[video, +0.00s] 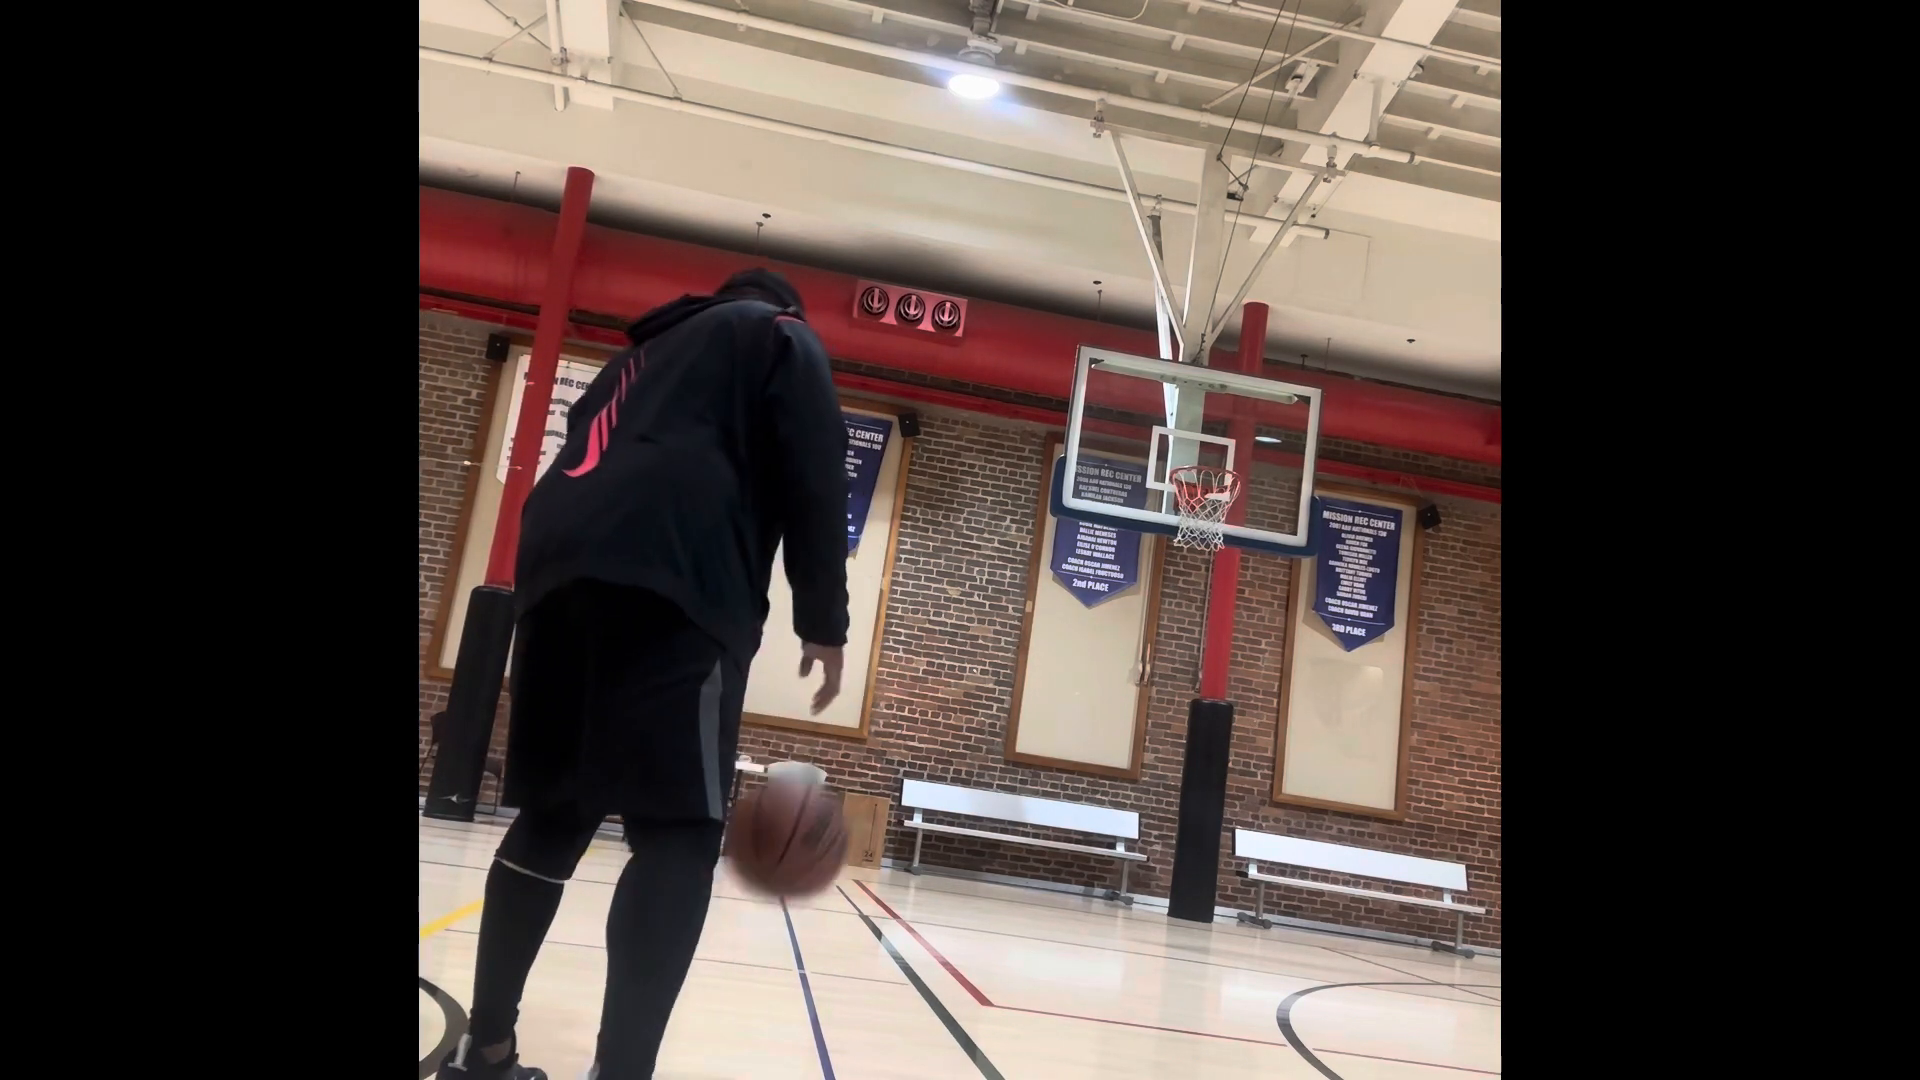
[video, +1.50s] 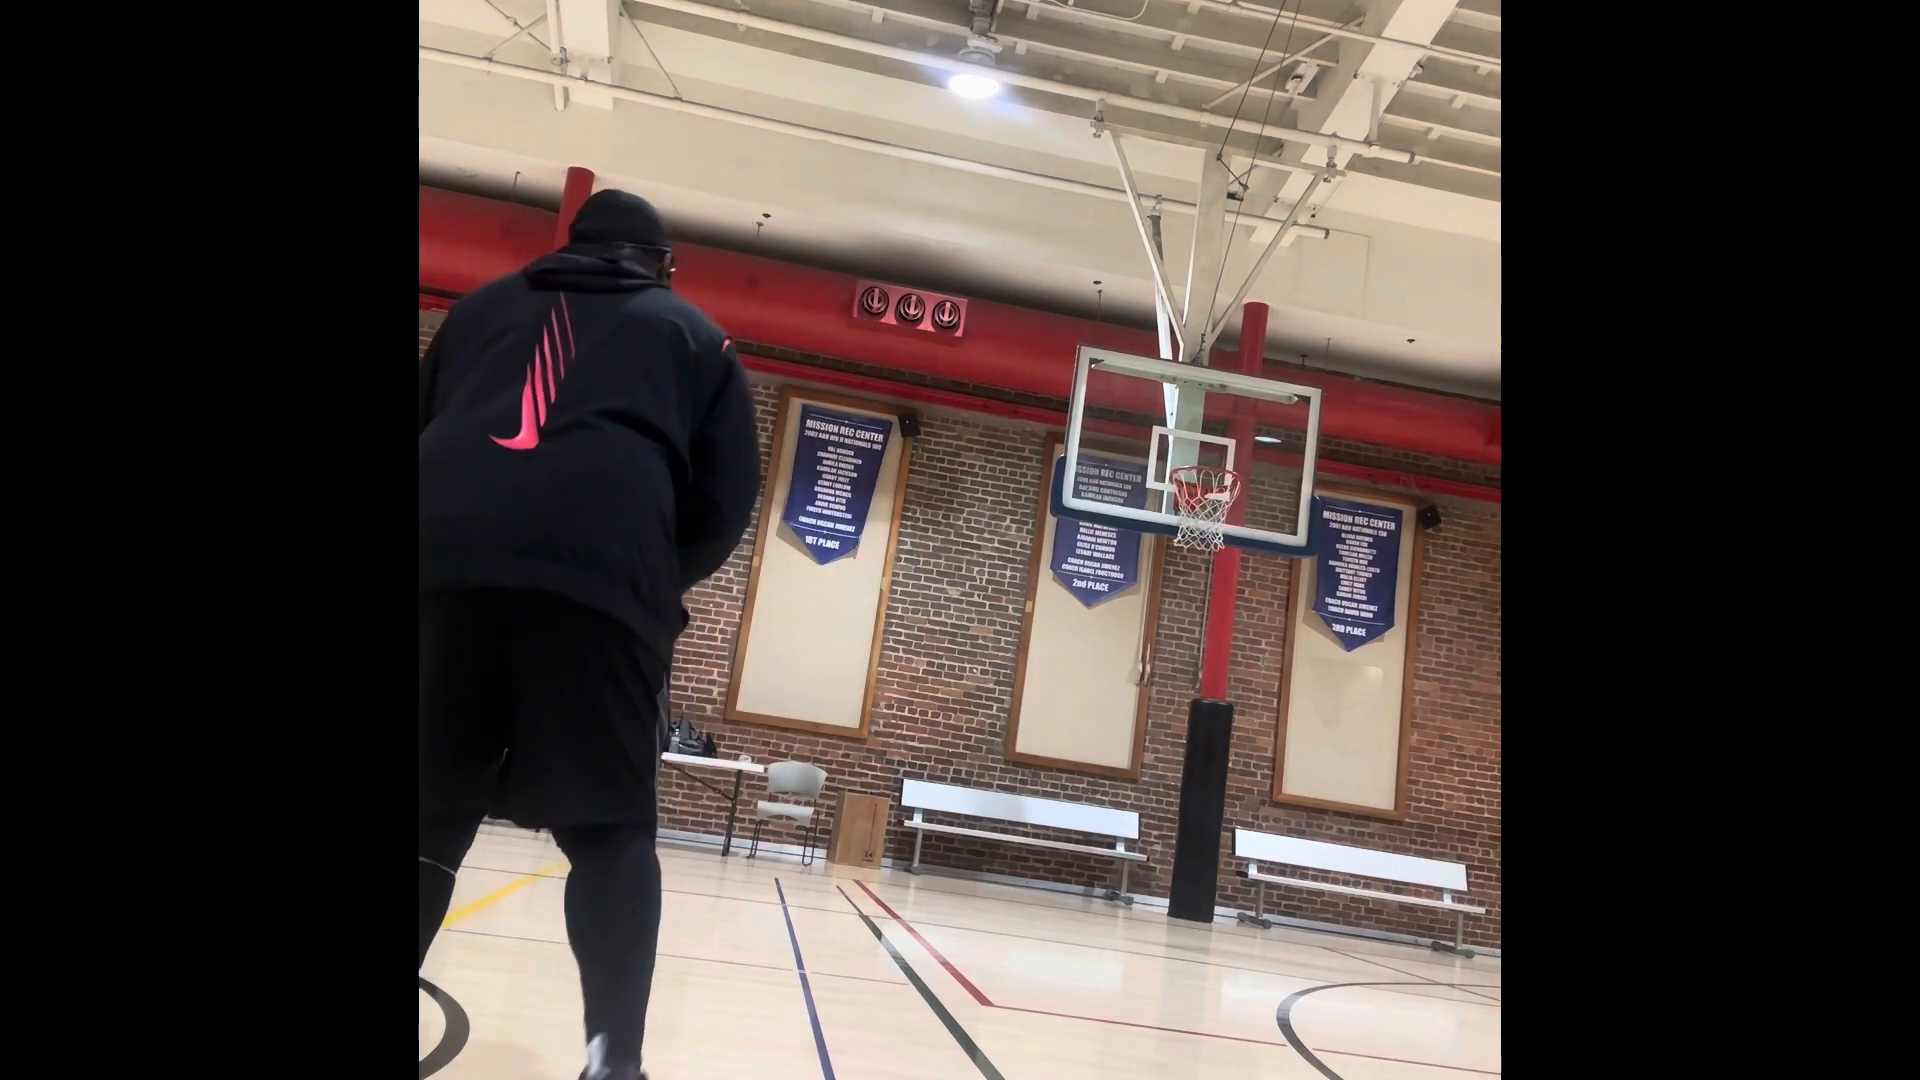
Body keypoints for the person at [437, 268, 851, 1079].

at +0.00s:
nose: (798, 334)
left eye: (795, 323)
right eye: (797, 323)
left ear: (718, 297)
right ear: (780, 309)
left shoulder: (636, 355)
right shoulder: (783, 335)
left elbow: (567, 470)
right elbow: (815, 475)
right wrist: (825, 621)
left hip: (559, 577)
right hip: (675, 586)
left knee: (555, 809)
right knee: (678, 833)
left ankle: (485, 1043)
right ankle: (622, 1067)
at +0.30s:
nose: (893, 312)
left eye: (900, 302)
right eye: (894, 297)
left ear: (801, 249)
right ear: (870, 269)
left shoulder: (697, 307)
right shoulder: (852, 301)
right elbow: (886, 452)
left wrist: (825, 555)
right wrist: (932, 599)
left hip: (565, 560)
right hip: (697, 581)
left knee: (524, 810)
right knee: (697, 862)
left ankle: (441, 1040)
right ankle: (620, 1070)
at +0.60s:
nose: (920, 302)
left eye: (926, 289)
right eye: (921, 278)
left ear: (833, 225)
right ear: (892, 239)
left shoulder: (736, 275)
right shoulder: (856, 266)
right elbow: (871, 400)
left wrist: (818, 586)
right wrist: (915, 573)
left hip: (539, 536)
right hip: (677, 555)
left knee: (475, 822)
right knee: (686, 848)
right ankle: (617, 1072)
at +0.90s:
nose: (860, 288)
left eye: (867, 276)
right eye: (862, 270)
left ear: (765, 214)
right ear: (834, 236)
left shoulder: (661, 284)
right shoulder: (804, 262)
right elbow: (880, 382)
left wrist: (751, 589)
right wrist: (850, 556)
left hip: (498, 522)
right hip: (641, 539)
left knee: (460, 813)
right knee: (652, 844)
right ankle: (604, 1068)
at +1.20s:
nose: (767, 265)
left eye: (767, 254)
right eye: (765, 252)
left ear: (661, 227)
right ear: (749, 242)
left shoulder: (562, 284)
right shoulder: (760, 294)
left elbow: (498, 417)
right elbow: (793, 448)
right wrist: (741, 599)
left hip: (462, 538)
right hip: (619, 554)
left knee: (441, 821)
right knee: (607, 845)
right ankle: (585, 1069)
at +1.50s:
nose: (669, 277)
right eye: (670, 266)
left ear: (570, 243)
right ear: (659, 263)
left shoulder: (478, 308)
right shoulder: (696, 337)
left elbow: (425, 425)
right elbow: (728, 497)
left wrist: (454, 523)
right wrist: (653, 567)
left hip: (443, 571)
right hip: (601, 586)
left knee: (429, 819)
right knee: (611, 831)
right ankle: (614, 1057)